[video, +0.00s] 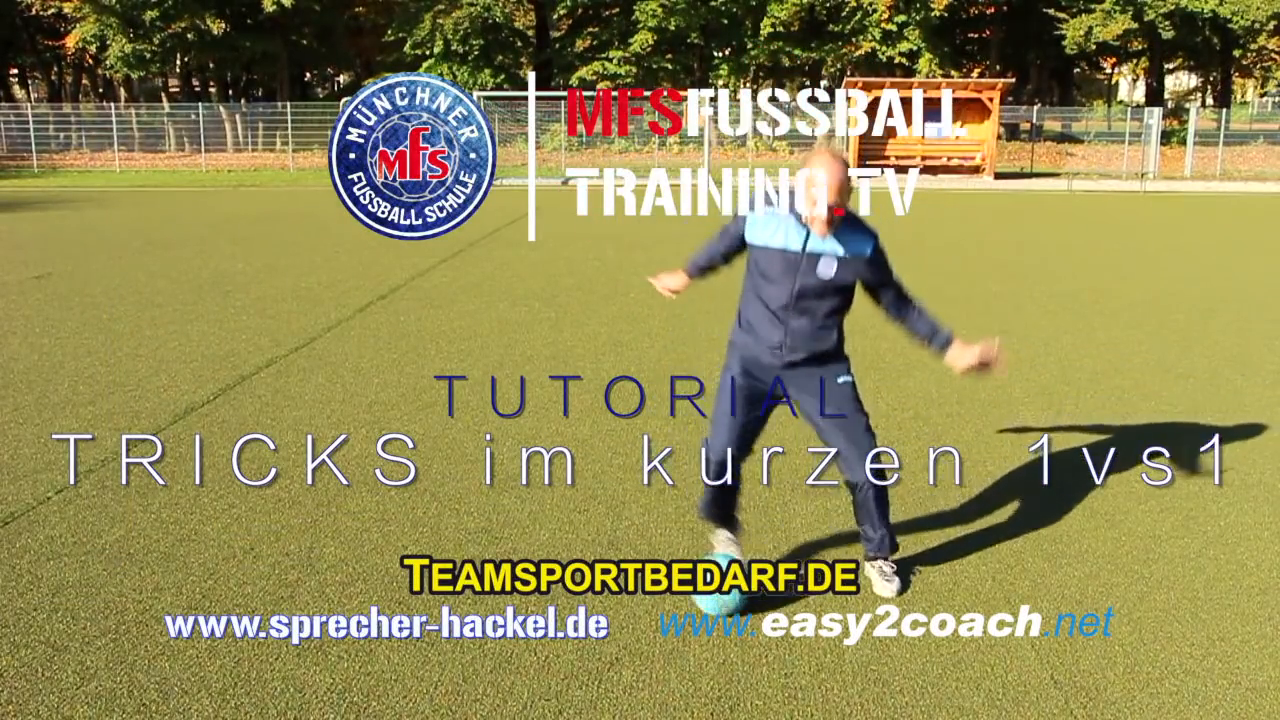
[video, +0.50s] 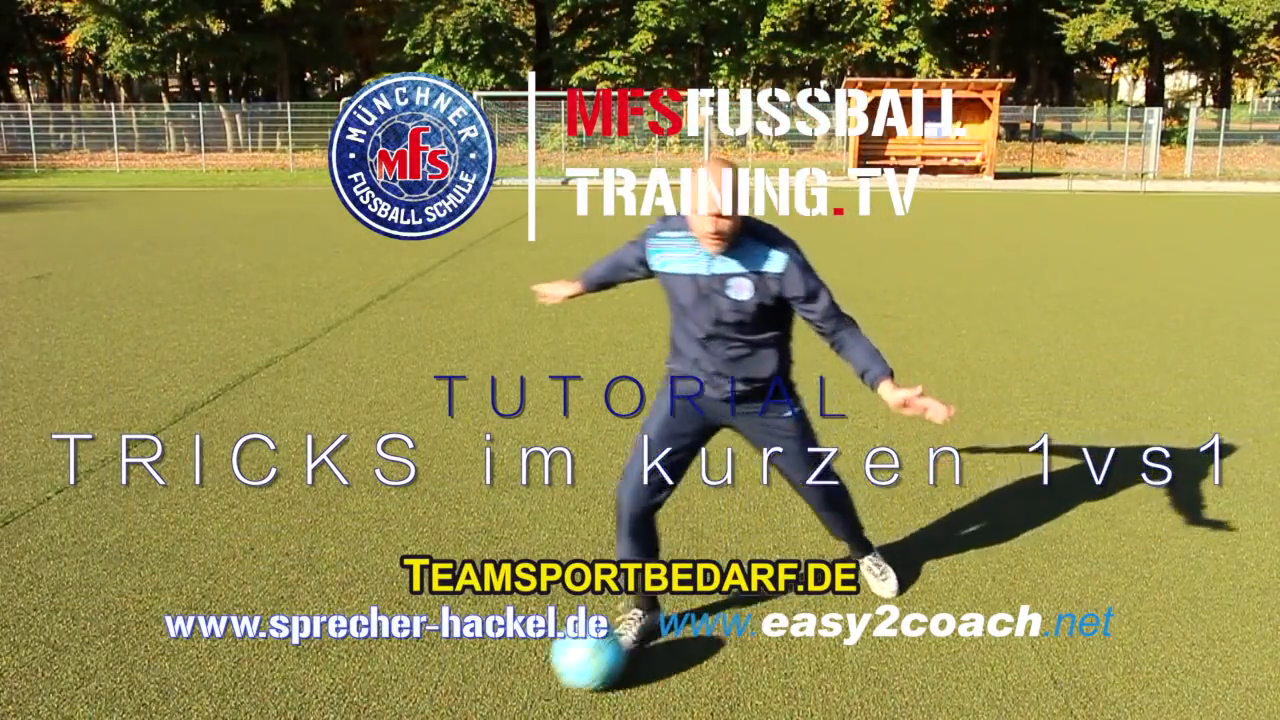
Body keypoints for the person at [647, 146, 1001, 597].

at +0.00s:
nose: (828, 205)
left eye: (837, 196)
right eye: (819, 193)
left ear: (847, 193)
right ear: (800, 185)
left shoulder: (859, 244)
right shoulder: (758, 225)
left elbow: (897, 302)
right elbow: (722, 247)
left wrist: (949, 346)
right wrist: (687, 272)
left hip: (819, 367)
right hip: (751, 362)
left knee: (864, 465)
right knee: (721, 455)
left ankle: (879, 556)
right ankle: (721, 525)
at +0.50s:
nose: (716, 226)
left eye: (726, 216)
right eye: (706, 216)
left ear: (742, 208)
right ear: (688, 207)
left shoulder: (776, 254)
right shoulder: (662, 240)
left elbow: (833, 323)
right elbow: (621, 264)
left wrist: (886, 385)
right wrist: (577, 284)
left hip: (764, 395)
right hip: (688, 391)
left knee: (821, 488)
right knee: (632, 501)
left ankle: (865, 554)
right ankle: (644, 611)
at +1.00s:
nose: (472, 183)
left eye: (487, 168)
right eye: (461, 167)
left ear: (514, 175)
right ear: (444, 171)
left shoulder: (551, 267)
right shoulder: (415, 253)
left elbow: (591, 380)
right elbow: (371, 342)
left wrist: (621, 479)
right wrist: (317, 415)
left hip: (495, 473)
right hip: (411, 460)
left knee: (450, 620)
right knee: (345, 590)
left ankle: (439, 712)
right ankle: (441, 620)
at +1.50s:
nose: (264, 186)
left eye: (275, 170)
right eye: (249, 168)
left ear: (285, 170)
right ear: (205, 160)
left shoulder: (281, 262)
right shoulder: (123, 246)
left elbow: (295, 378)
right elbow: (24, 348)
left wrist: (321, 467)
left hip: (244, 495)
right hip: (138, 499)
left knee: (334, 621)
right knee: (89, 685)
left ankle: (314, 699)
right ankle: (48, 711)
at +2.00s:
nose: (316, 150)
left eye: (319, 137)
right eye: (305, 138)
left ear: (275, 132)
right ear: (261, 129)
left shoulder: (265, 194)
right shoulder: (194, 207)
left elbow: (245, 313)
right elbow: (144, 334)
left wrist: (261, 401)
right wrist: (154, 442)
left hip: (256, 415)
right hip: (212, 425)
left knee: (247, 576)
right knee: (250, 588)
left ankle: (213, 697)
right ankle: (204, 711)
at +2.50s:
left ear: (321, 142)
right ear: (350, 136)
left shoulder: (308, 203)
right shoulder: (350, 209)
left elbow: (314, 319)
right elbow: (335, 323)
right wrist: (338, 421)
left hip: (305, 408)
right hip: (358, 410)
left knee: (285, 544)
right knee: (396, 538)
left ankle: (220, 675)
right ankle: (406, 652)